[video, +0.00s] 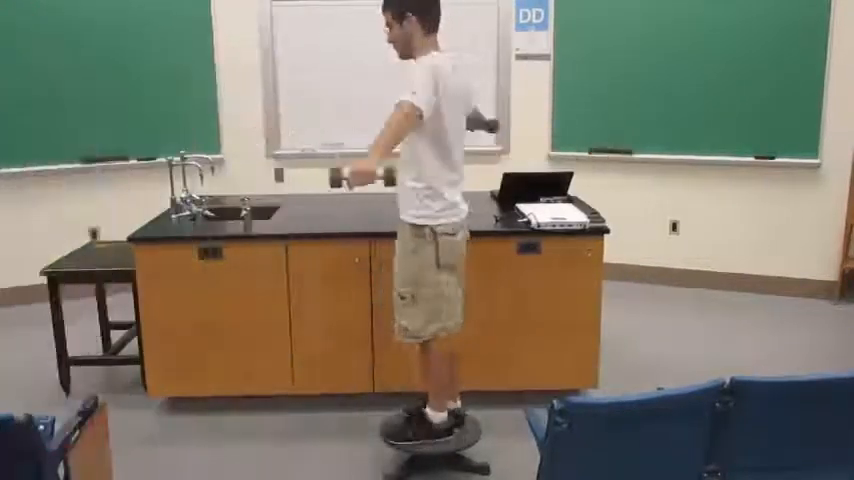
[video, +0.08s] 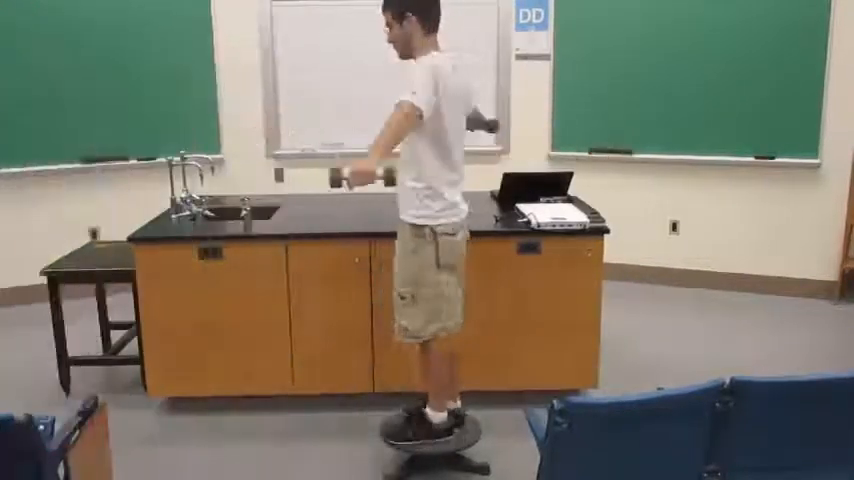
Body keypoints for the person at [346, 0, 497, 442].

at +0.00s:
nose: (387, 36)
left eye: (390, 25)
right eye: (386, 27)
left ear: (415, 22)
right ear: (425, 23)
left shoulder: (427, 69)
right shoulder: (449, 68)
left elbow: (410, 113)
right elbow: (456, 128)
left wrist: (371, 159)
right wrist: (408, 151)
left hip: (428, 221)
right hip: (443, 218)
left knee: (431, 325)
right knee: (437, 323)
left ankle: (437, 417)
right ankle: (447, 406)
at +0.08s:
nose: (387, 36)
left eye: (390, 26)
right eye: (386, 27)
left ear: (414, 22)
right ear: (425, 23)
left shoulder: (427, 69)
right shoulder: (450, 68)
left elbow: (410, 113)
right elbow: (456, 128)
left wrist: (371, 159)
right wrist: (408, 151)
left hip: (428, 221)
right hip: (443, 218)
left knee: (431, 325)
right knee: (437, 323)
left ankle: (437, 417)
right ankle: (447, 406)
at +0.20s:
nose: (391, 36)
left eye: (391, 26)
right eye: (389, 27)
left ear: (407, 22)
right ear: (430, 23)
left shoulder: (409, 72)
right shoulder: (459, 71)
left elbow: (372, 118)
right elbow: (493, 108)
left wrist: (319, 157)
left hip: (423, 223)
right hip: (454, 217)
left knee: (424, 326)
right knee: (448, 324)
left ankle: (431, 416)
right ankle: (451, 408)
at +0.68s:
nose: (401, 29)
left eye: (401, 22)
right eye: (406, 21)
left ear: (405, 23)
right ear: (443, 24)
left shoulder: (390, 74)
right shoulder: (470, 73)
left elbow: (342, 128)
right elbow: (515, 121)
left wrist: (285, 173)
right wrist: (557, 146)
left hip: (410, 222)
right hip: (458, 218)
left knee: (414, 327)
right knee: (451, 325)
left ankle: (417, 419)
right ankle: (447, 417)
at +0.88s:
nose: (417, 27)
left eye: (415, 20)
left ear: (412, 24)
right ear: (452, 28)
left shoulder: (388, 81)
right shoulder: (472, 83)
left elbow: (353, 147)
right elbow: (504, 153)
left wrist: (340, 180)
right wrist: (530, 192)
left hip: (402, 222)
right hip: (454, 222)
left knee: (403, 323)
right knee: (443, 324)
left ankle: (409, 413)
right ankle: (438, 415)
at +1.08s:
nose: (465, 37)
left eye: (465, 29)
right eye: (466, 29)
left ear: (423, 24)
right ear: (458, 26)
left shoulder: (396, 79)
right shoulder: (456, 81)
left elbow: (384, 159)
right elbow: (468, 164)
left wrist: (395, 207)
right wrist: (487, 226)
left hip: (400, 220)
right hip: (441, 225)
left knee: (410, 322)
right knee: (433, 326)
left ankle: (410, 406)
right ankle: (425, 415)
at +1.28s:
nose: (477, 37)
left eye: (478, 28)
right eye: (473, 27)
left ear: (444, 25)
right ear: (449, 23)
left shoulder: (428, 74)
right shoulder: (431, 78)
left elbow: (426, 155)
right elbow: (424, 155)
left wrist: (445, 220)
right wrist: (435, 226)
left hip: (426, 223)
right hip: (435, 226)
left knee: (428, 324)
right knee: (441, 325)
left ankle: (425, 402)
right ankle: (420, 410)